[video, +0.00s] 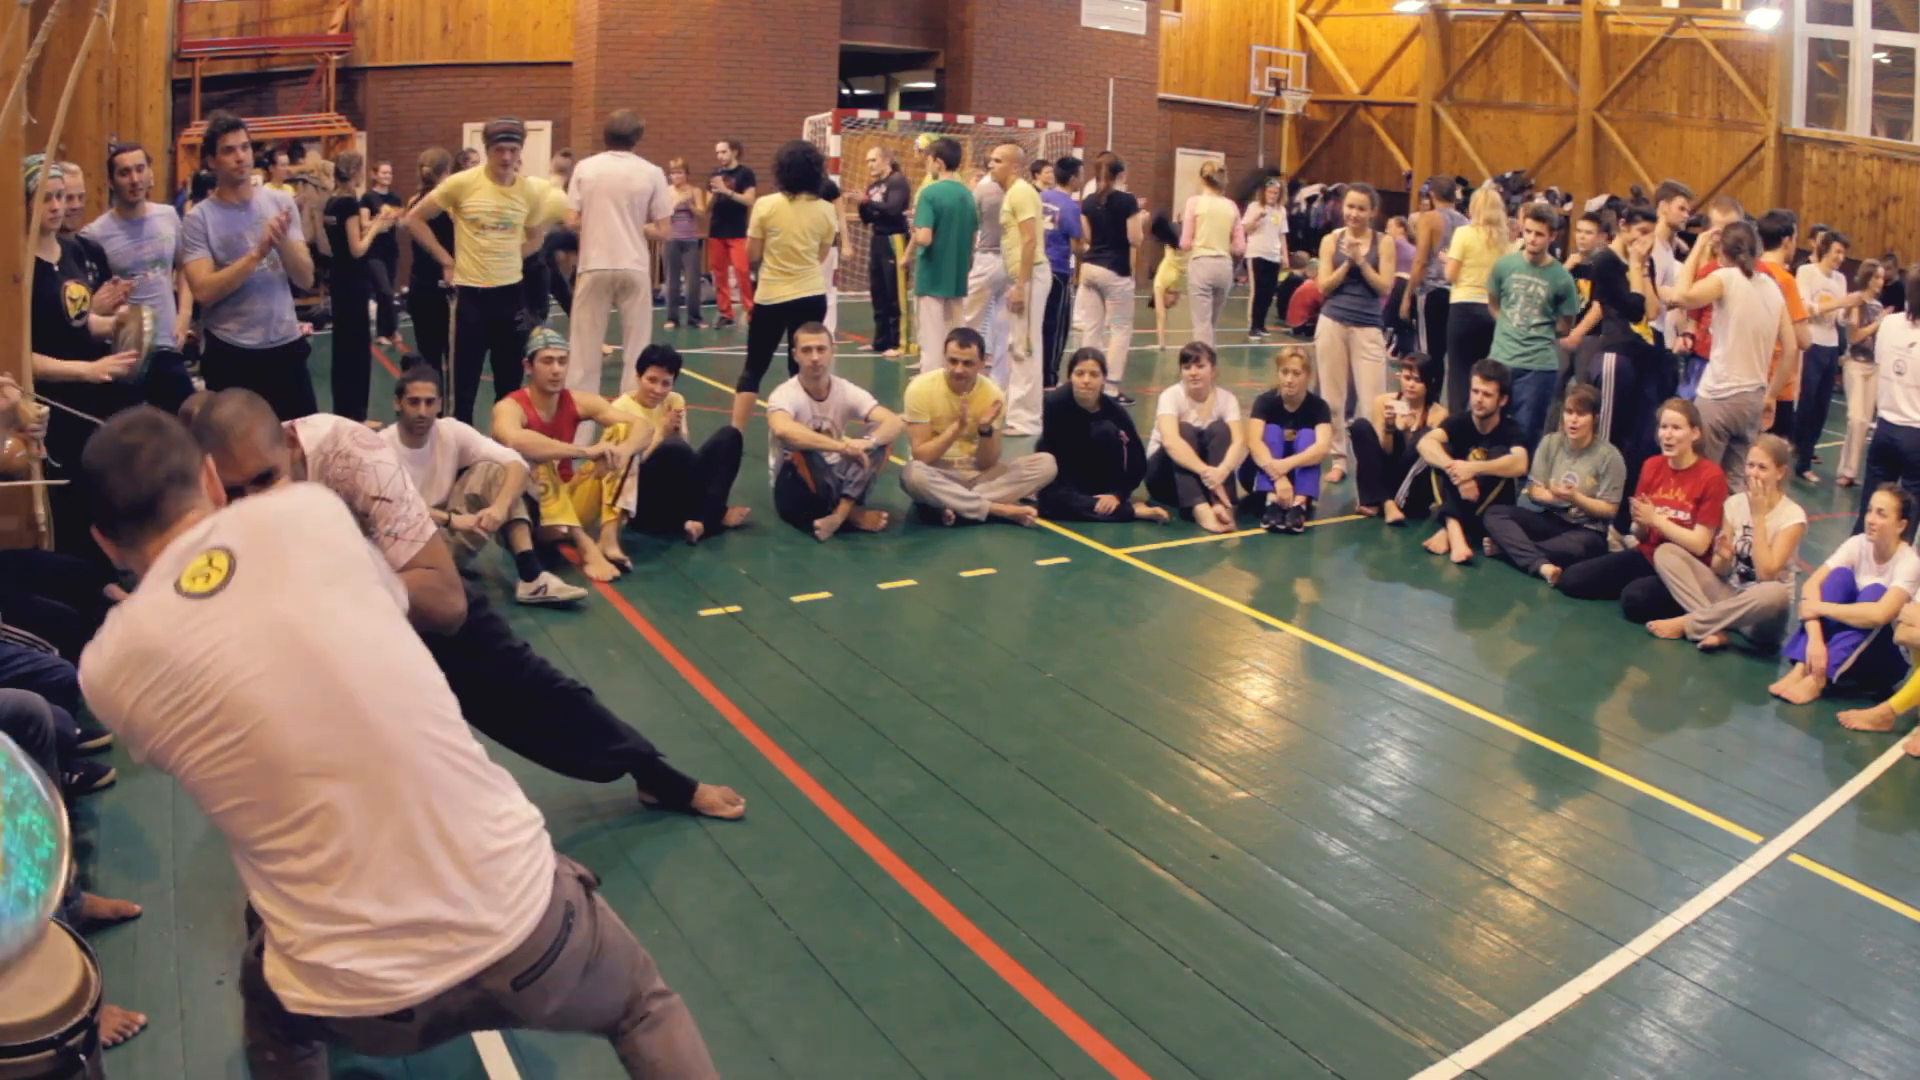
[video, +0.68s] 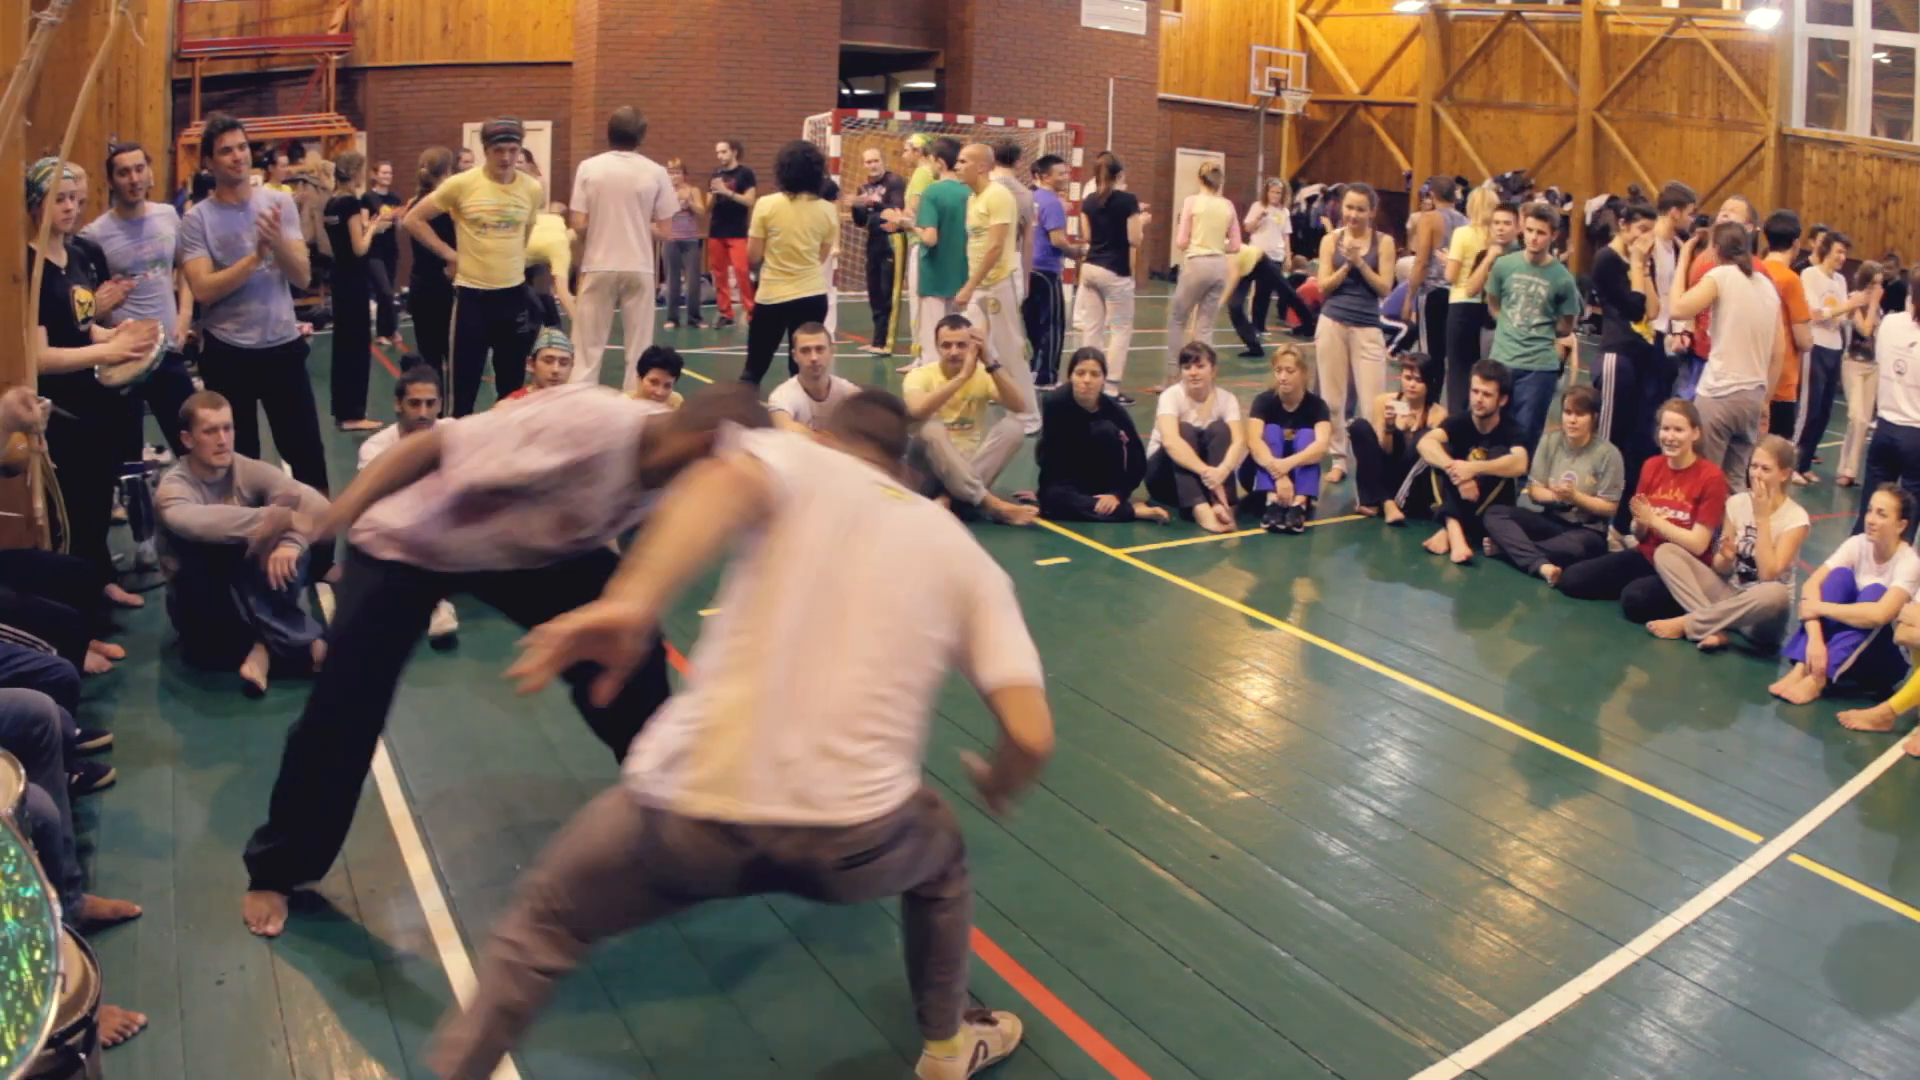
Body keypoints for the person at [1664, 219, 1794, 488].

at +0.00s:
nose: (1717, 258)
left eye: (1717, 251)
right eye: (1717, 251)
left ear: (1723, 253)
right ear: (1754, 251)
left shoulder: (1724, 278)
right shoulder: (1772, 287)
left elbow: (1683, 296)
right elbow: (1791, 348)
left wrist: (1696, 250)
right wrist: (1771, 394)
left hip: (1718, 394)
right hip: (1755, 395)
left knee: (1702, 479)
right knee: (1739, 481)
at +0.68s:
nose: (1709, 252)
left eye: (1710, 248)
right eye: (1711, 248)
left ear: (1716, 250)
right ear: (1746, 249)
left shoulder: (1719, 277)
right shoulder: (1768, 286)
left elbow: (1678, 308)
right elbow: (1779, 351)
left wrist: (1684, 258)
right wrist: (1766, 398)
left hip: (1718, 392)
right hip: (1755, 393)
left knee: (1705, 477)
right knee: (1737, 479)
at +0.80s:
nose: (1706, 252)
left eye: (1708, 246)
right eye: (1707, 246)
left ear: (1714, 249)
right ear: (1743, 248)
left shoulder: (1717, 279)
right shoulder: (1764, 283)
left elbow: (1691, 330)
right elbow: (1772, 343)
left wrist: (1679, 297)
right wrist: (1761, 383)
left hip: (1719, 391)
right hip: (1755, 391)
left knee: (1706, 476)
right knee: (1738, 476)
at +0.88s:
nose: (1705, 252)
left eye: (1707, 246)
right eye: (1707, 246)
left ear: (1714, 250)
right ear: (1743, 248)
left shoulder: (1714, 279)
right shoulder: (1764, 284)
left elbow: (1701, 337)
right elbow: (1773, 344)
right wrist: (1758, 377)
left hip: (1718, 390)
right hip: (1755, 391)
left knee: (1706, 476)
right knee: (1738, 476)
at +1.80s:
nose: (1700, 251)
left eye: (1702, 245)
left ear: (1707, 249)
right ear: (1740, 248)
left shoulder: (1708, 280)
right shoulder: (1757, 281)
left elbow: (1699, 340)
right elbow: (1767, 338)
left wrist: (1687, 345)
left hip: (1719, 390)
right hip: (1756, 389)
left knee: (1708, 480)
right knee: (1744, 482)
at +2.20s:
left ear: (1714, 246)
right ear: (1746, 244)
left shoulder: (1711, 281)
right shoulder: (1760, 280)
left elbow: (1693, 342)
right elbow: (1768, 340)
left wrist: (1712, 353)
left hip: (1720, 390)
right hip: (1760, 392)